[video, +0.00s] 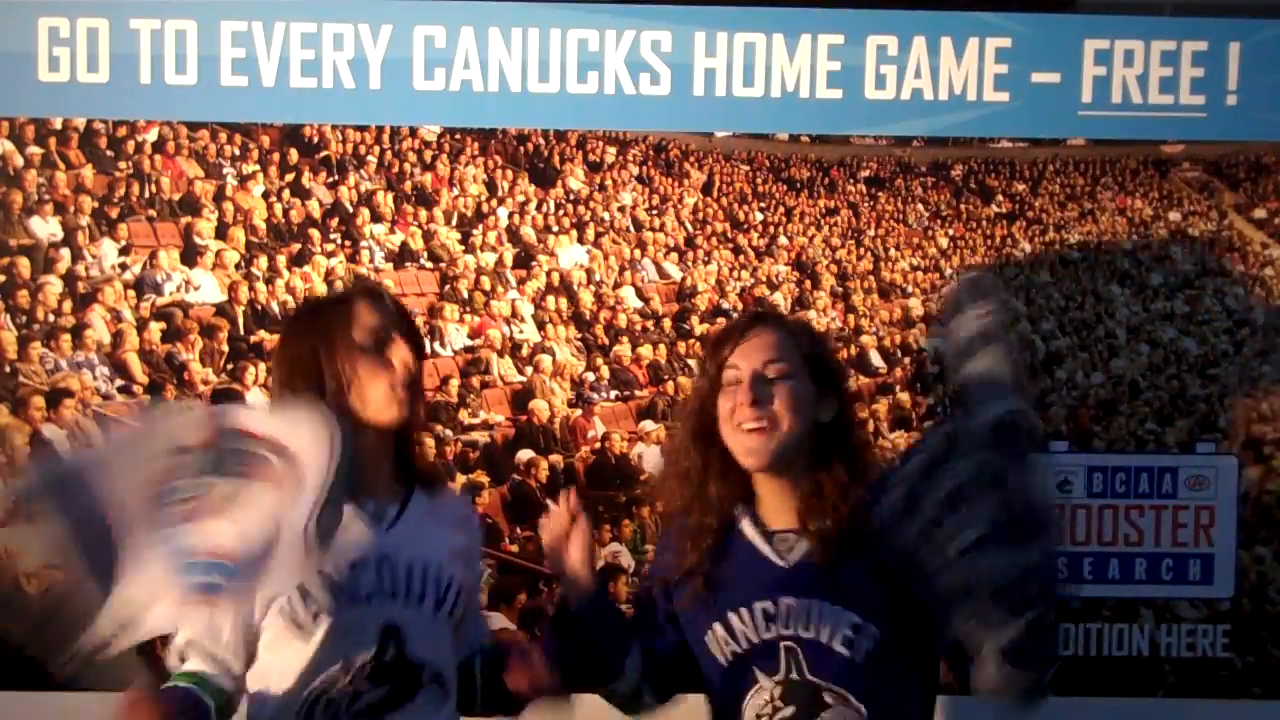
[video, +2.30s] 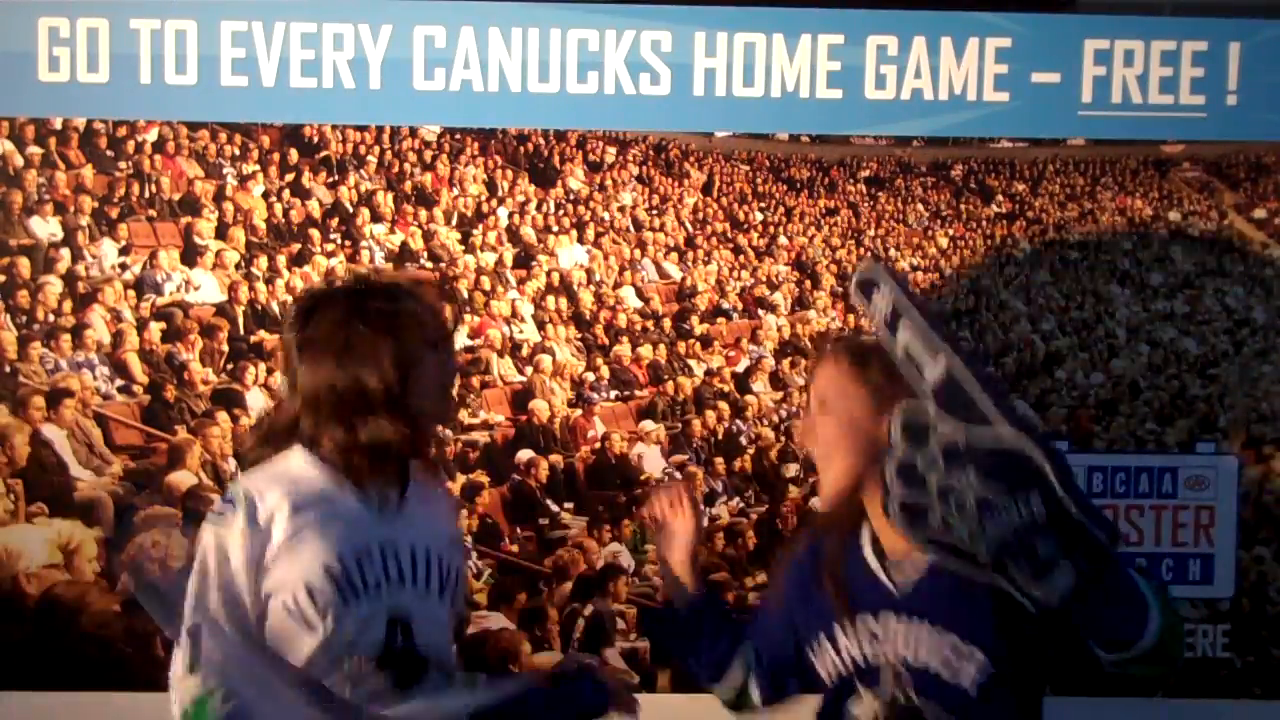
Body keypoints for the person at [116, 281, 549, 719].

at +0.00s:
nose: (407, 359)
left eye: (406, 339)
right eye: (376, 344)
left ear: (419, 354)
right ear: (321, 368)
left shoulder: (453, 519)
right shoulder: (272, 504)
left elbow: (460, 660)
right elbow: (211, 661)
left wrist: (505, 672)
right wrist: (181, 698)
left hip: (418, 716)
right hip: (284, 712)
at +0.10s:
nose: (389, 377)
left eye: (401, 355)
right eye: (358, 363)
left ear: (421, 371)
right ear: (316, 392)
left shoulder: (471, 526)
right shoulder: (270, 535)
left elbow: (509, 695)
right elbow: (211, 698)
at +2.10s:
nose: (438, 410)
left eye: (435, 392)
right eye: (414, 395)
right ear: (356, 414)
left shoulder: (476, 537)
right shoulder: (268, 567)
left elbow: (509, 699)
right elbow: (193, 713)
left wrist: (561, 664)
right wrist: (84, 685)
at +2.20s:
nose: (458, 363)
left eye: (453, 343)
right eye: (438, 344)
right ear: (377, 356)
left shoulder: (458, 496)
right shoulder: (256, 510)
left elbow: (475, 648)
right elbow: (215, 670)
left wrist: (548, 678)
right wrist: (200, 698)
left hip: (446, 714)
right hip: (308, 710)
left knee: (590, 696)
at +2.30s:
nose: (454, 363)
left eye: (449, 346)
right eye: (437, 347)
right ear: (378, 366)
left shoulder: (432, 493)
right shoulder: (264, 503)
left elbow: (439, 662)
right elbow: (212, 689)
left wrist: (526, 687)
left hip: (422, 709)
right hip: (302, 710)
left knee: (581, 690)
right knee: (573, 696)